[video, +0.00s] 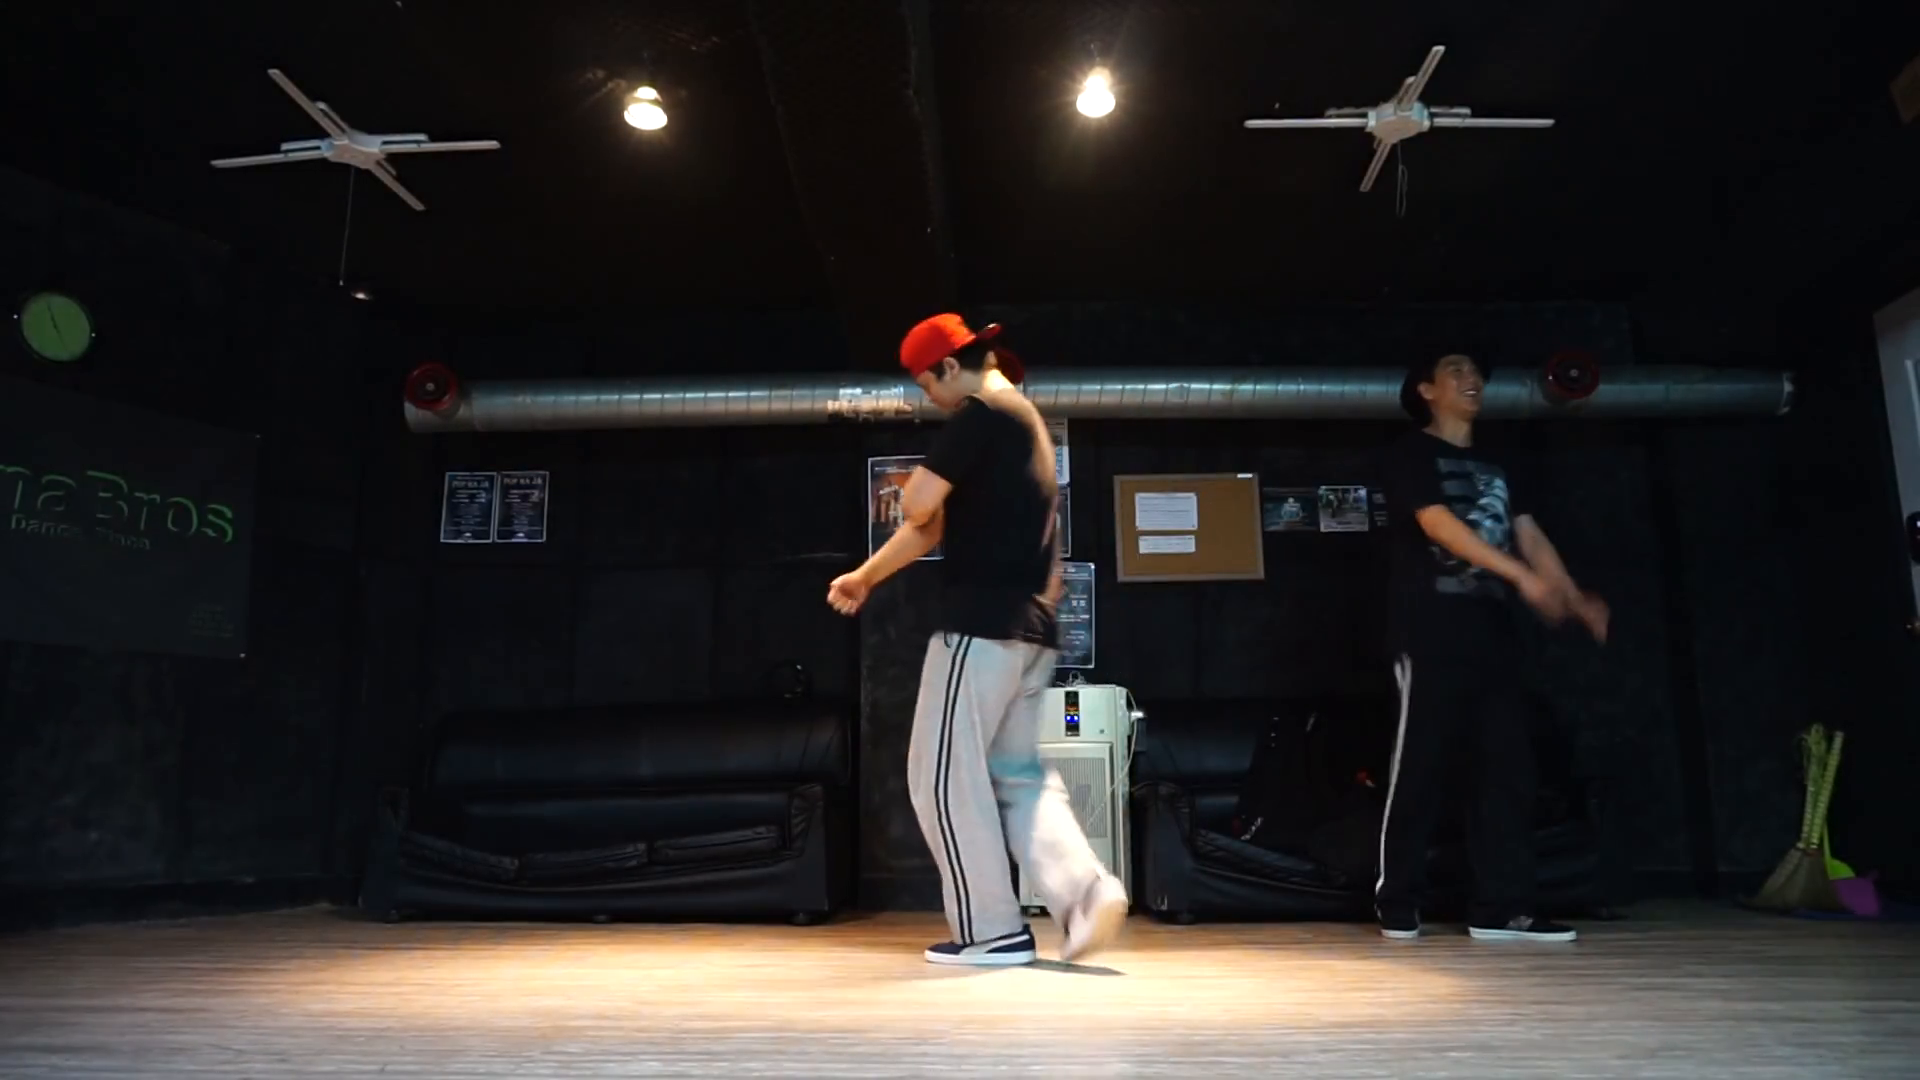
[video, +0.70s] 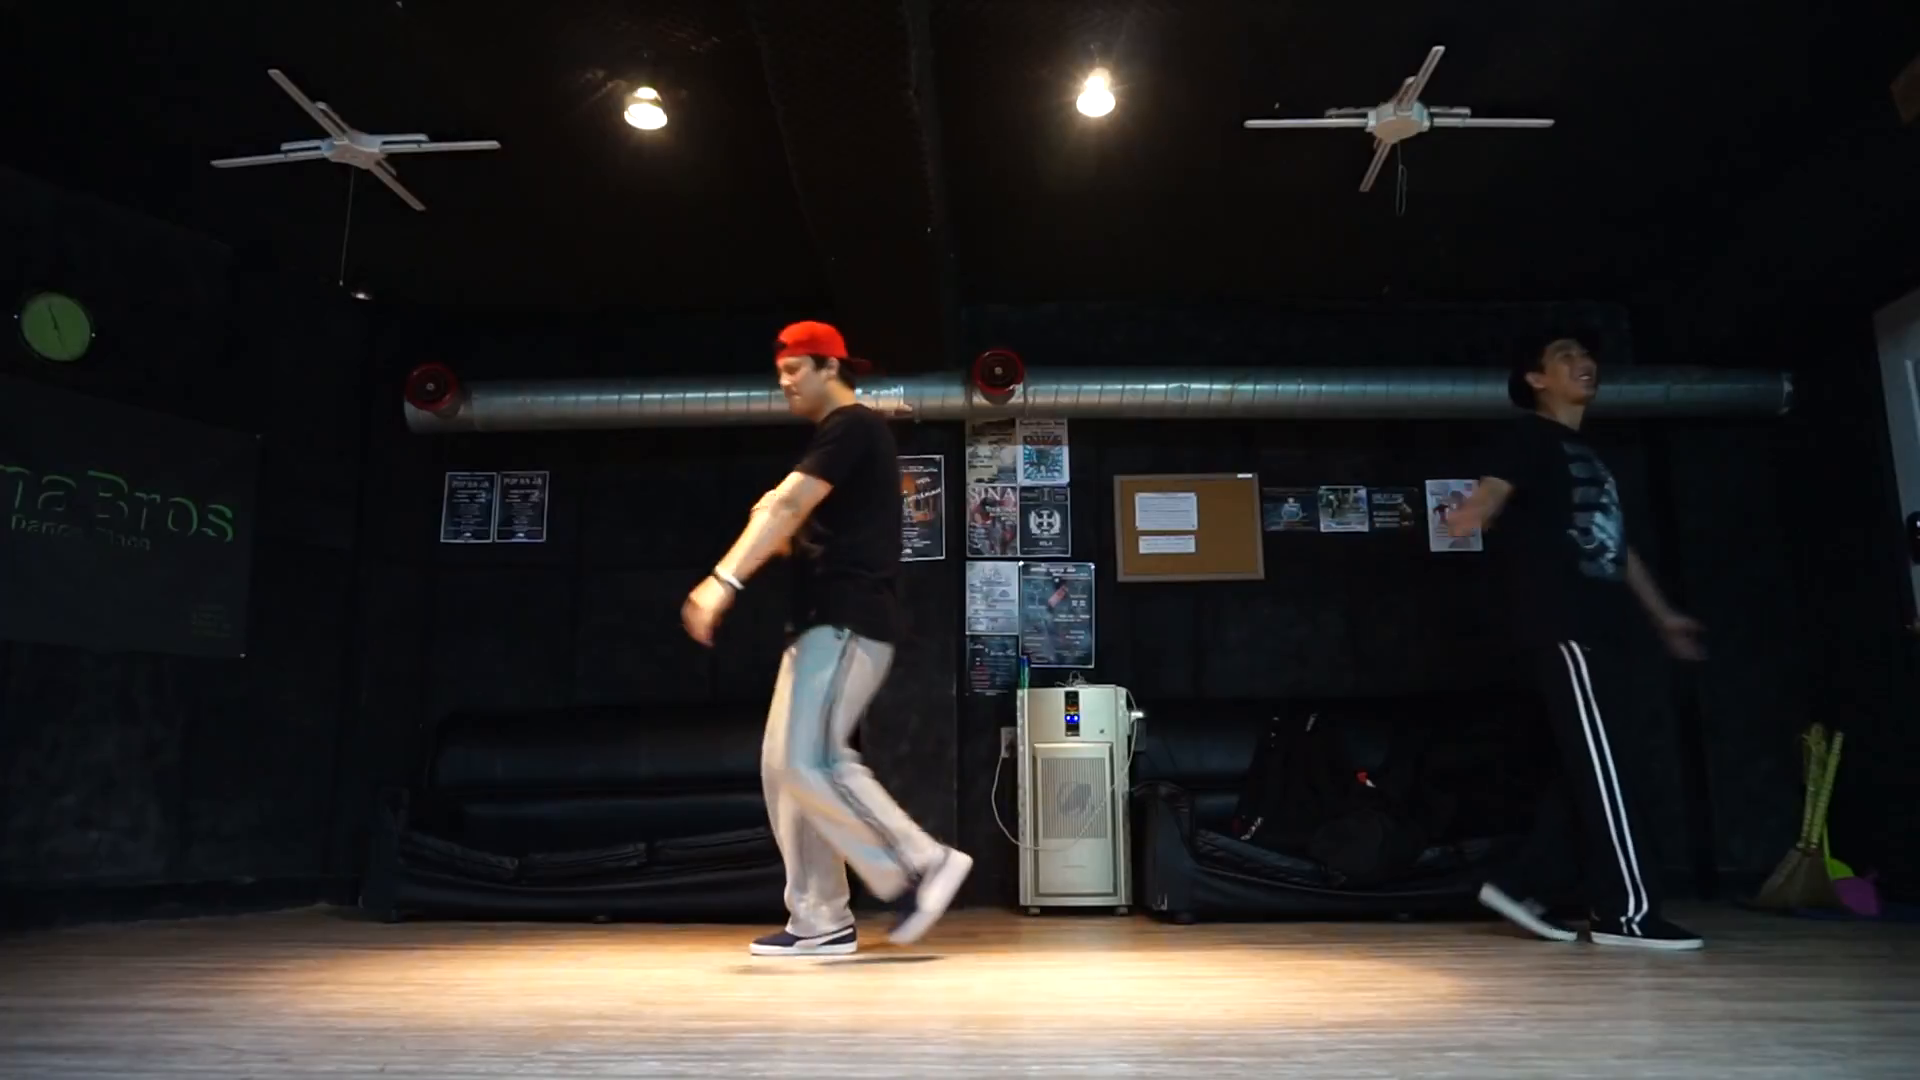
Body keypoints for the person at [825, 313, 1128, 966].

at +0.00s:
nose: (927, 400)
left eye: (925, 386)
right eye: (922, 389)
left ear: (946, 368)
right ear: (971, 361)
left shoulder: (976, 416)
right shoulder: (1023, 415)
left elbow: (917, 508)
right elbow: (933, 529)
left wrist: (916, 481)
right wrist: (866, 575)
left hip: (977, 624)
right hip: (1028, 624)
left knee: (942, 774)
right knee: (1015, 772)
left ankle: (992, 934)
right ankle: (1083, 891)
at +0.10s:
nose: (908, 396)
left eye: (909, 381)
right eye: (904, 385)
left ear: (936, 363)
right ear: (945, 362)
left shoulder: (964, 412)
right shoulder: (991, 414)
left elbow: (894, 495)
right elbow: (923, 526)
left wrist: (862, 546)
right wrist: (871, 592)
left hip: (963, 624)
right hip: (995, 622)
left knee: (937, 774)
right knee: (957, 763)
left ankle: (993, 933)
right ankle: (1046, 853)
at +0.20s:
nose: (892, 394)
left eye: (892, 380)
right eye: (888, 382)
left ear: (914, 364)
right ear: (940, 360)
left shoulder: (943, 409)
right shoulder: (978, 415)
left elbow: (872, 495)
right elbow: (919, 529)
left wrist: (818, 571)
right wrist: (853, 589)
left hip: (951, 622)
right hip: (961, 618)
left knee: (938, 777)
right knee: (879, 739)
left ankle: (996, 932)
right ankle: (992, 834)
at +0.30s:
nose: (872, 396)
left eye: (872, 383)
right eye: (868, 385)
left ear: (894, 368)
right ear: (920, 363)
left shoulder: (918, 410)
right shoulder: (958, 416)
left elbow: (856, 502)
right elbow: (913, 529)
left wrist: (806, 584)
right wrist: (820, 541)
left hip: (930, 622)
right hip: (936, 618)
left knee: (933, 770)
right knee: (847, 732)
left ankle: (1000, 930)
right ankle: (913, 874)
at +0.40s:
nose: (849, 397)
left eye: (851, 384)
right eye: (846, 386)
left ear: (877, 370)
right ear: (898, 369)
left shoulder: (890, 418)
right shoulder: (936, 423)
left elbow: (836, 508)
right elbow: (908, 537)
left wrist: (787, 589)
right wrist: (836, 513)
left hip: (908, 626)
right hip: (913, 625)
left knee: (926, 772)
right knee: (831, 753)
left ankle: (1001, 927)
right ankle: (840, 914)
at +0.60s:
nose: (804, 395)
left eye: (810, 382)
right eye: (801, 384)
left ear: (843, 373)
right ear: (845, 376)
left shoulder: (860, 428)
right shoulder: (878, 430)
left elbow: (807, 519)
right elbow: (846, 521)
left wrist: (753, 594)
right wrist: (796, 505)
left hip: (861, 631)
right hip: (837, 632)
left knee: (860, 771)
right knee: (797, 771)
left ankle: (974, 899)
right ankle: (820, 925)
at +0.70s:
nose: (785, 385)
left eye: (793, 371)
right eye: (782, 374)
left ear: (829, 368)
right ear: (812, 375)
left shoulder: (855, 427)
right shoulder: (834, 432)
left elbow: (787, 507)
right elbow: (778, 507)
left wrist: (722, 580)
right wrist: (774, 523)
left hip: (847, 627)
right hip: (819, 627)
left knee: (810, 761)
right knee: (783, 765)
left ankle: (927, 865)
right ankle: (820, 923)